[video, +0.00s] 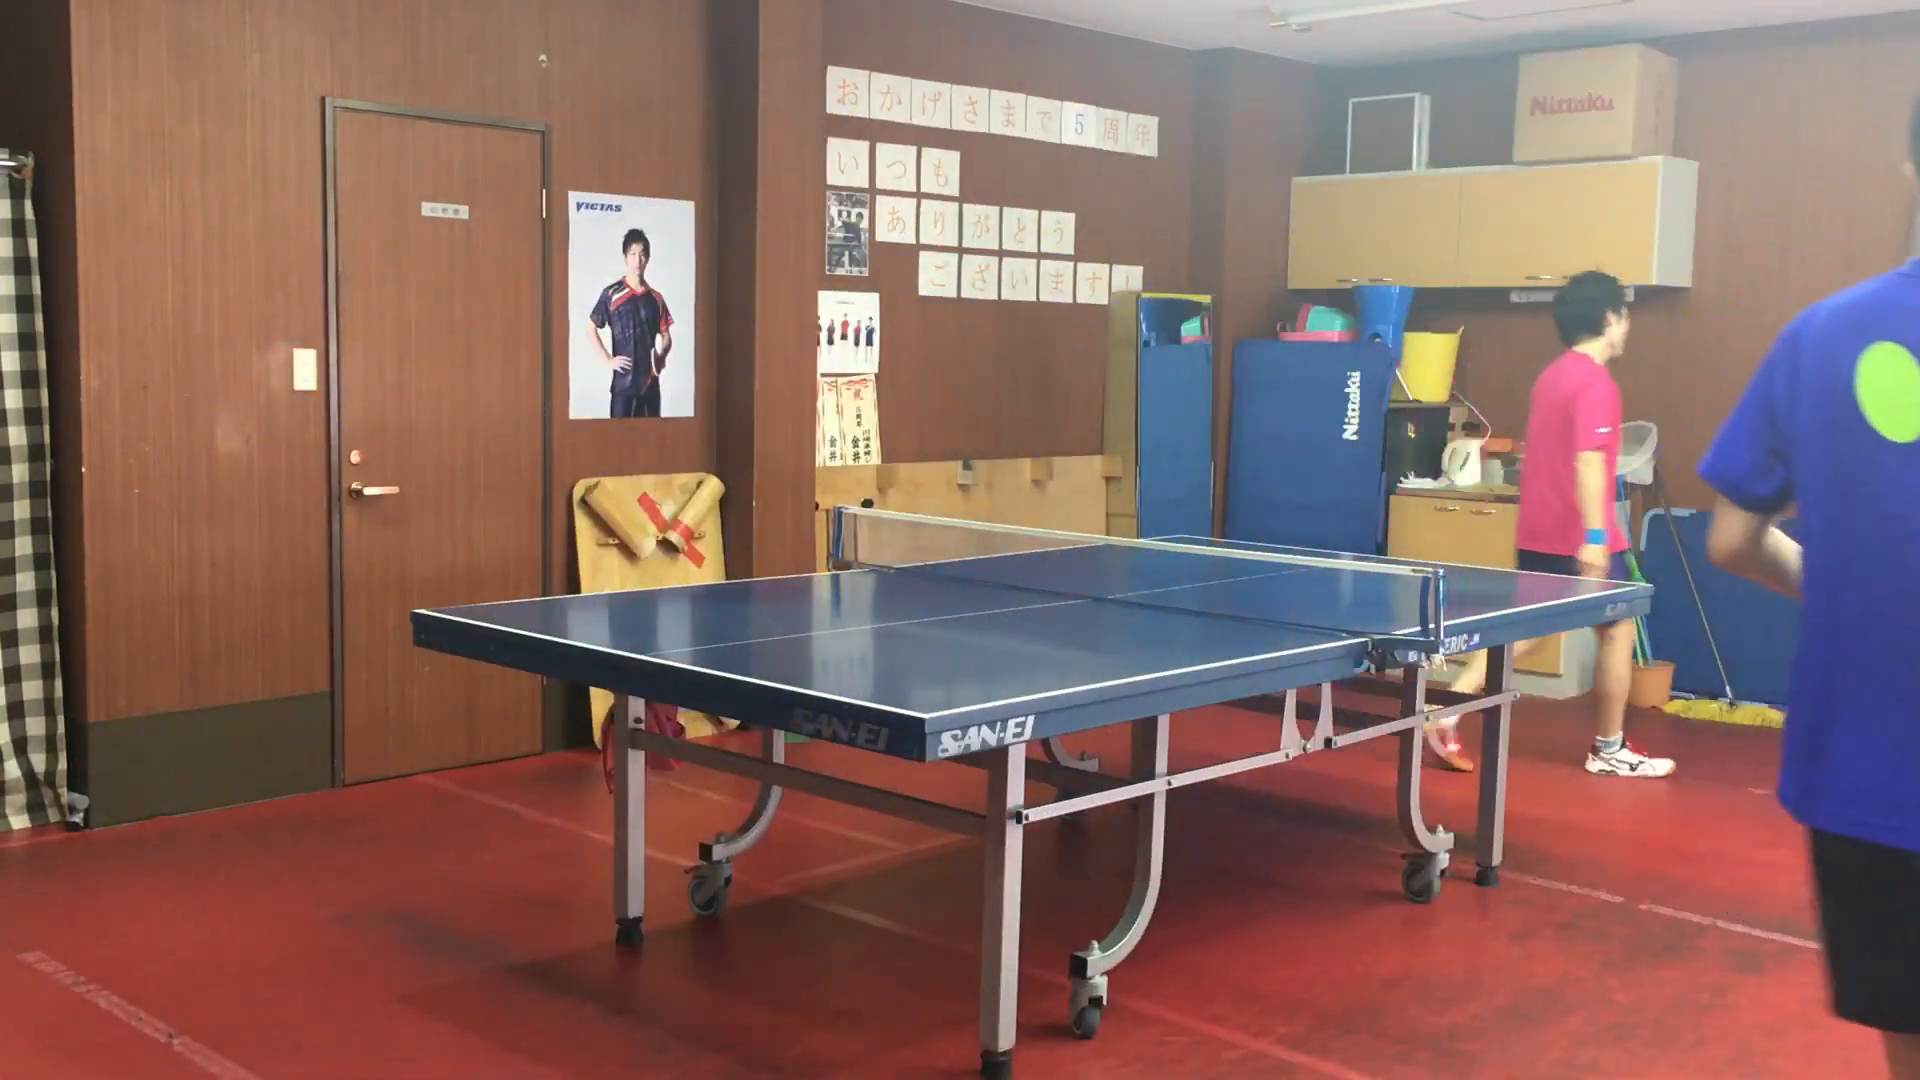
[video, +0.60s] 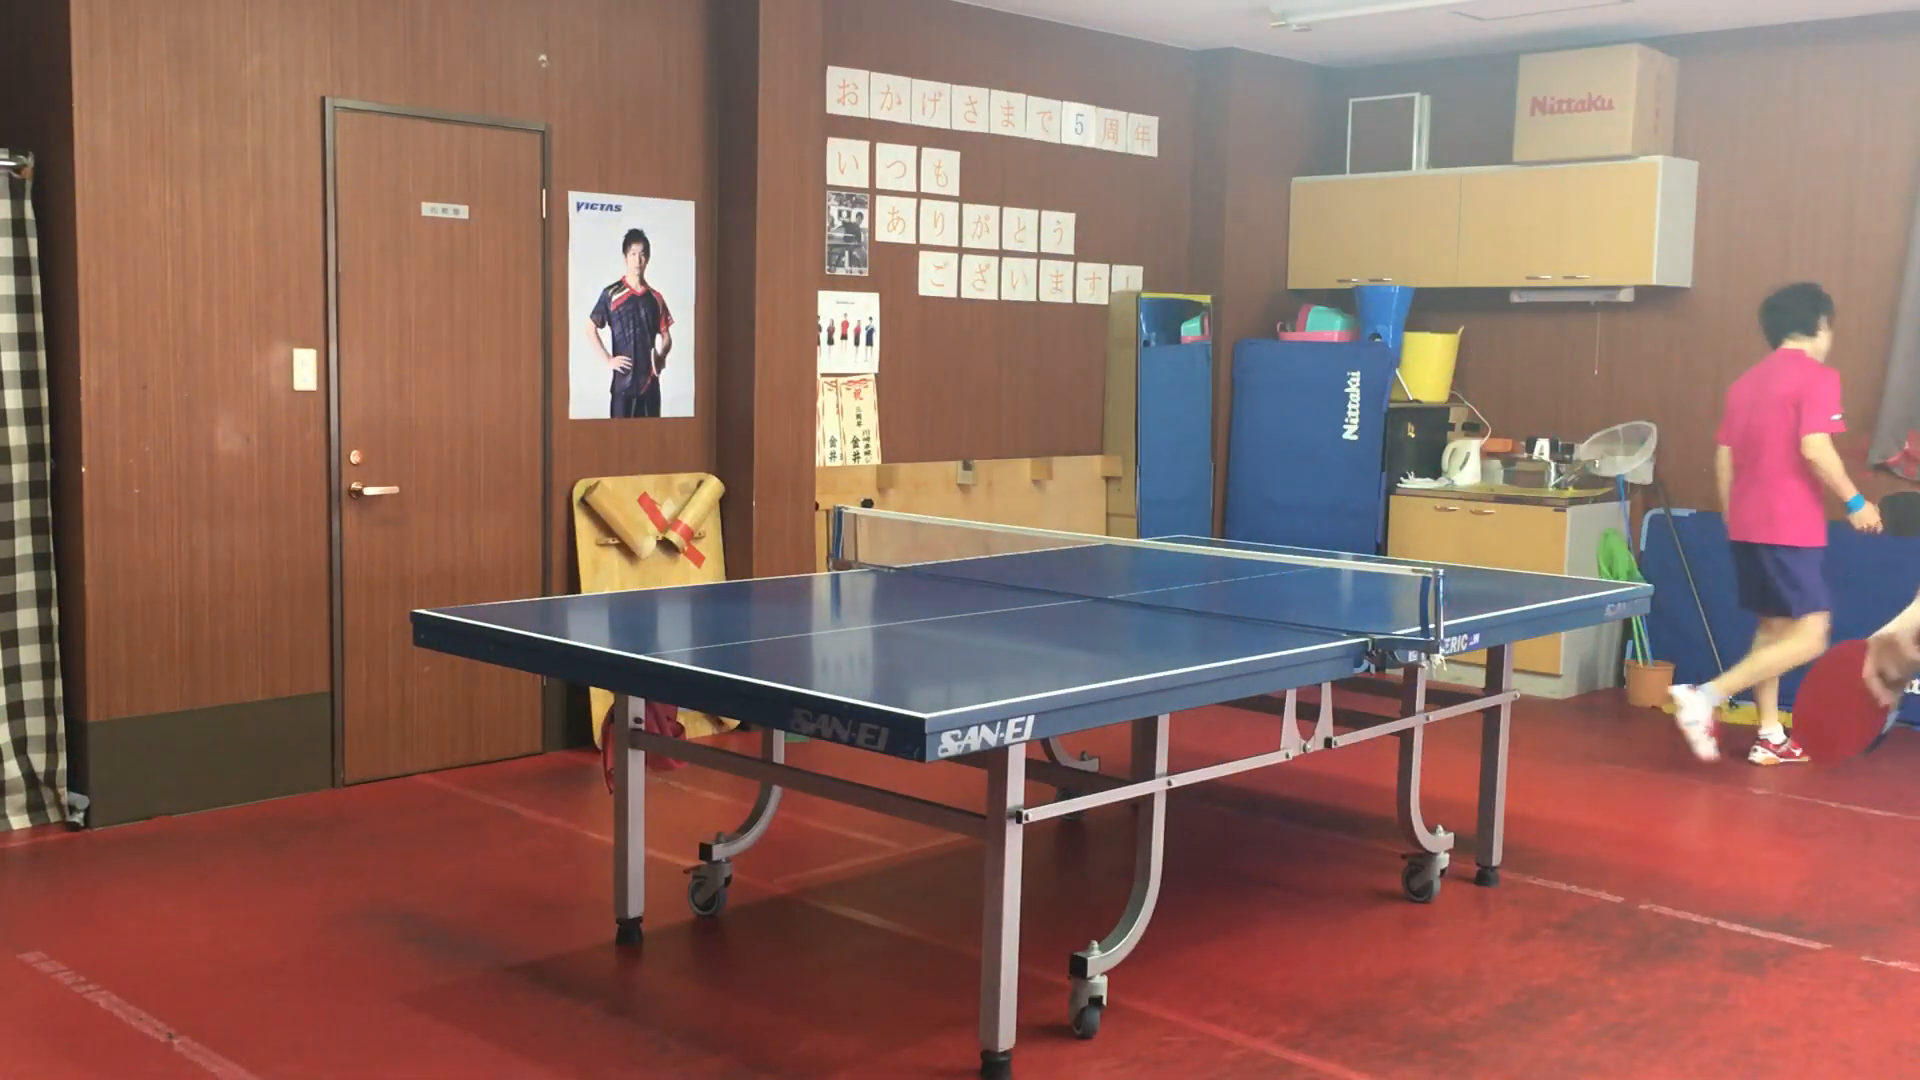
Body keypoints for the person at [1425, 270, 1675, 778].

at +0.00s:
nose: (1628, 325)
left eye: (1626, 315)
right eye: (1624, 315)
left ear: (1571, 322)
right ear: (1606, 322)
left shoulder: (1553, 375)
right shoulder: (1594, 383)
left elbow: (1541, 459)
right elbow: (1589, 463)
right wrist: (1594, 538)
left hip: (1540, 538)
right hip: (1583, 541)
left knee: (1527, 632)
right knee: (1619, 625)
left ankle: (1446, 714)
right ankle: (1610, 746)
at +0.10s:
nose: (1661, 321)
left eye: (1659, 311)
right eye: (1658, 311)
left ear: (1604, 317)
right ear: (1643, 317)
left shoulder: (1577, 375)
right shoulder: (1639, 380)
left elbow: (1577, 457)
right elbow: (1647, 460)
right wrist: (1664, 532)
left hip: (1578, 533)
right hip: (1622, 536)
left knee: (1595, 627)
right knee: (1637, 634)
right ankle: (1612, 747)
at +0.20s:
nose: (1692, 317)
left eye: (1690, 308)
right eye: (1690, 308)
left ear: (1633, 315)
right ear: (1677, 314)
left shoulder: (1604, 373)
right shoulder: (1681, 375)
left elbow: (1588, 453)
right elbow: (1703, 455)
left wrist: (1595, 514)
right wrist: (1730, 524)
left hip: (1608, 527)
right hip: (1653, 530)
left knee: (1663, 610)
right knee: (1645, 629)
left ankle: (1597, 694)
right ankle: (1612, 747)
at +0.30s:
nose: (1725, 321)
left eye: (1722, 312)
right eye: (1722, 313)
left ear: (1667, 321)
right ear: (1712, 317)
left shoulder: (1638, 376)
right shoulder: (1716, 377)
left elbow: (1616, 449)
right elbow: (1748, 454)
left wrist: (1617, 511)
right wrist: (1787, 517)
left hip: (1643, 526)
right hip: (1682, 531)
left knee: (1696, 617)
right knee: (1658, 629)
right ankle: (1613, 745)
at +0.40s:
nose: (1759, 330)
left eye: (1757, 321)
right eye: (1756, 321)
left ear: (1702, 330)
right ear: (1746, 324)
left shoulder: (1673, 385)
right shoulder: (1752, 384)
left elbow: (1652, 461)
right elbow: (1780, 459)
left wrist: (1652, 517)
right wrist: (1829, 514)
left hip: (1673, 535)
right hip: (1714, 539)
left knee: (1724, 632)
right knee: (1675, 639)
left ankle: (1757, 733)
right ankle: (1615, 742)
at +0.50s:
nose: (1794, 335)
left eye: (1791, 326)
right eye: (1792, 326)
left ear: (1738, 335)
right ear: (1781, 328)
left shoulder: (1710, 387)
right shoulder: (1788, 383)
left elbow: (1688, 463)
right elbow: (1800, 458)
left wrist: (1696, 522)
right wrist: (1845, 511)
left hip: (1712, 534)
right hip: (1755, 538)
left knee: (1754, 632)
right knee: (1735, 638)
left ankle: (1768, 735)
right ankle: (1639, 723)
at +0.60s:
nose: (1830, 335)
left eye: (1829, 326)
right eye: (1828, 326)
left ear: (1777, 331)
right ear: (1815, 327)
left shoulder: (1743, 383)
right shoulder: (1815, 374)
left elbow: (1724, 459)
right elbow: (1814, 445)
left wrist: (1733, 518)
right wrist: (1856, 501)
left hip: (1747, 527)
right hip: (1790, 529)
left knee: (1772, 624)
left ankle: (1770, 734)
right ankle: (1703, 699)